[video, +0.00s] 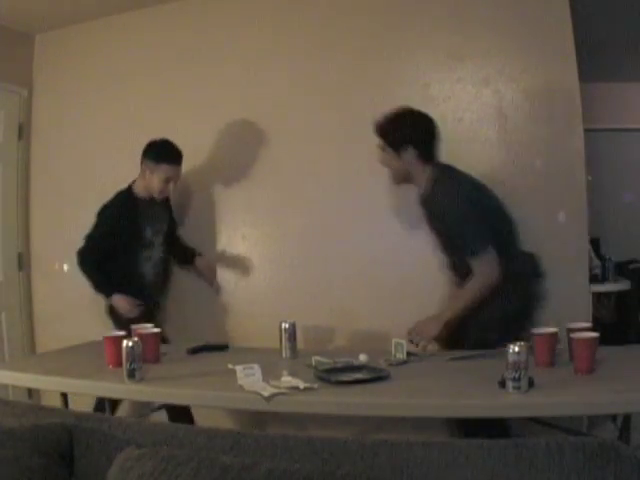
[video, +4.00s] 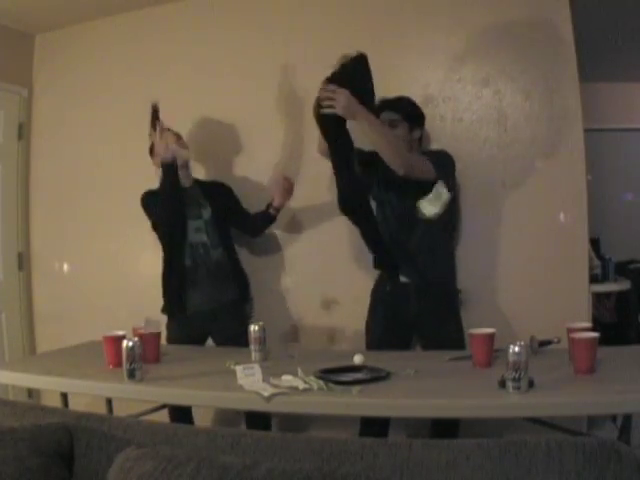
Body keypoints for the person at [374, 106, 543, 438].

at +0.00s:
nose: (382, 160)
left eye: (386, 151)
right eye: (382, 151)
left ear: (410, 154)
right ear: (411, 154)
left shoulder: (449, 193)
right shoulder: (435, 192)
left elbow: (489, 272)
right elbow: (463, 272)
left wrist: (438, 322)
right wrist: (445, 325)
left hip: (509, 291)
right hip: (488, 289)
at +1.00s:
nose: (385, 140)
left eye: (393, 130)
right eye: (376, 131)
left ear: (406, 129)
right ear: (365, 131)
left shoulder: (432, 171)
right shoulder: (352, 176)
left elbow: (447, 238)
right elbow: (343, 227)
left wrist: (388, 270)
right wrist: (343, 247)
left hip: (426, 295)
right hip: (376, 299)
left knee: (451, 385)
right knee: (378, 393)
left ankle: (463, 471)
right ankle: (372, 474)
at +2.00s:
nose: (364, 148)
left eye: (372, 139)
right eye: (356, 140)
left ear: (386, 135)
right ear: (346, 138)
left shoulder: (416, 171)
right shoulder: (333, 180)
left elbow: (434, 234)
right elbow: (324, 249)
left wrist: (377, 235)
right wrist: (331, 223)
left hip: (414, 296)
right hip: (365, 300)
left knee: (433, 383)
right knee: (374, 390)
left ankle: (433, 469)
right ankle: (372, 475)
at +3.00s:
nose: (367, 145)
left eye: (375, 135)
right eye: (360, 138)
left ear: (395, 135)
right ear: (354, 141)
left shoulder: (424, 168)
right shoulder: (356, 180)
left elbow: (412, 222)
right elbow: (331, 232)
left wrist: (372, 170)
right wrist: (333, 180)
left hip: (433, 288)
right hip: (386, 292)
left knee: (464, 371)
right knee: (380, 382)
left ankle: (462, 463)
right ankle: (368, 468)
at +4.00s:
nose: (382, 134)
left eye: (391, 126)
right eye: (378, 127)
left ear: (416, 134)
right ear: (374, 132)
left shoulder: (440, 164)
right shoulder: (370, 171)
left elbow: (403, 164)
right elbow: (333, 148)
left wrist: (358, 115)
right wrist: (329, 103)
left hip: (436, 293)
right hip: (389, 294)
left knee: (448, 386)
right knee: (378, 388)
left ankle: (444, 469)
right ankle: (367, 469)